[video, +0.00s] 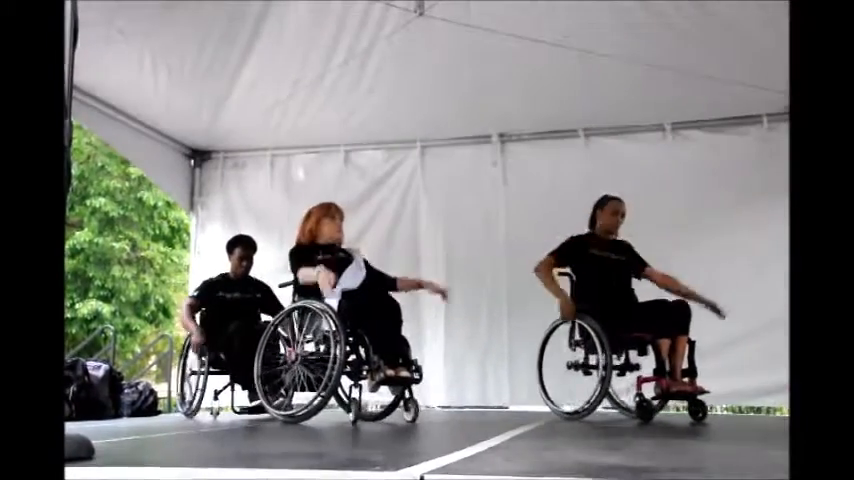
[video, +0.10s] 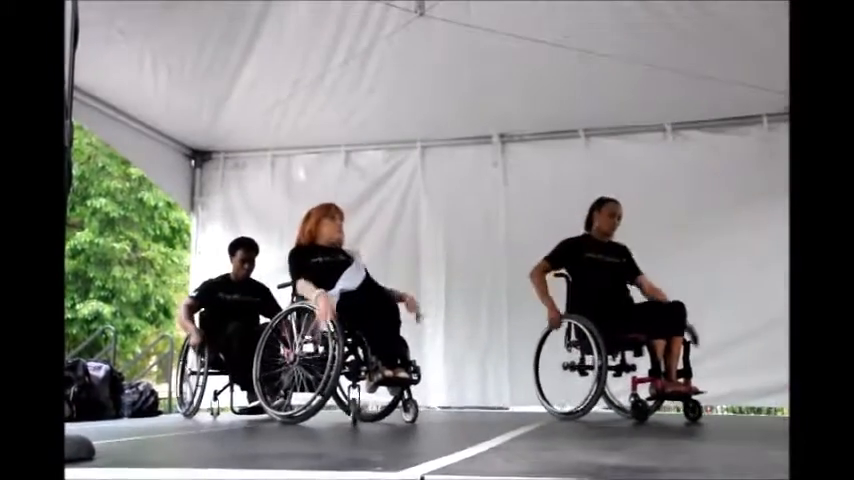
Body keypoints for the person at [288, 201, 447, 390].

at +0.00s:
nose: (338, 226)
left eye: (340, 222)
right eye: (332, 221)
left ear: (342, 225)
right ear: (316, 225)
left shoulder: (348, 256)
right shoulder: (301, 252)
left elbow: (384, 281)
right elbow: (300, 273)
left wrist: (422, 284)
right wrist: (319, 274)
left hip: (349, 307)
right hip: (318, 312)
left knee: (388, 305)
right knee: (368, 308)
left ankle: (396, 363)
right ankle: (383, 364)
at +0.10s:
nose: (339, 227)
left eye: (340, 222)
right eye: (333, 221)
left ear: (342, 226)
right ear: (317, 225)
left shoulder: (346, 256)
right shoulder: (300, 253)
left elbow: (370, 285)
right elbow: (300, 283)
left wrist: (401, 297)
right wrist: (318, 296)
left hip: (362, 299)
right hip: (335, 304)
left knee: (386, 306)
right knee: (369, 312)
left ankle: (393, 364)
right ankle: (384, 365)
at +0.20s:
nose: (340, 228)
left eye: (341, 223)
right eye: (333, 222)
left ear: (343, 227)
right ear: (318, 225)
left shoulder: (342, 255)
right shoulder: (300, 254)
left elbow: (356, 283)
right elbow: (300, 288)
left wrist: (389, 305)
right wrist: (315, 311)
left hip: (358, 295)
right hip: (333, 302)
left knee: (386, 309)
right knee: (370, 316)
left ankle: (389, 365)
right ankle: (385, 366)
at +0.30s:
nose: (340, 230)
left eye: (341, 225)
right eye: (334, 224)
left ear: (342, 228)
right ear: (318, 226)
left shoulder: (340, 256)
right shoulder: (299, 255)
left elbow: (351, 284)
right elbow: (299, 293)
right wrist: (316, 322)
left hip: (356, 296)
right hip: (331, 304)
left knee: (385, 310)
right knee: (369, 317)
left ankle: (389, 365)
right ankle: (384, 366)